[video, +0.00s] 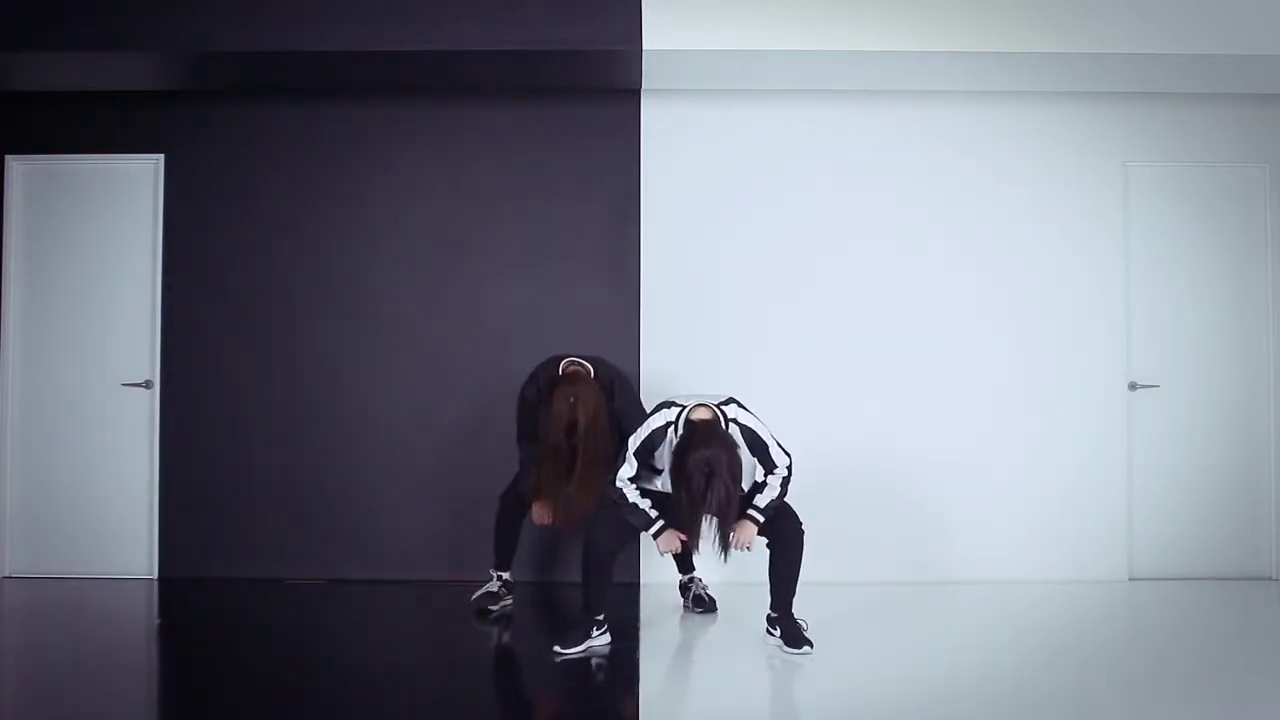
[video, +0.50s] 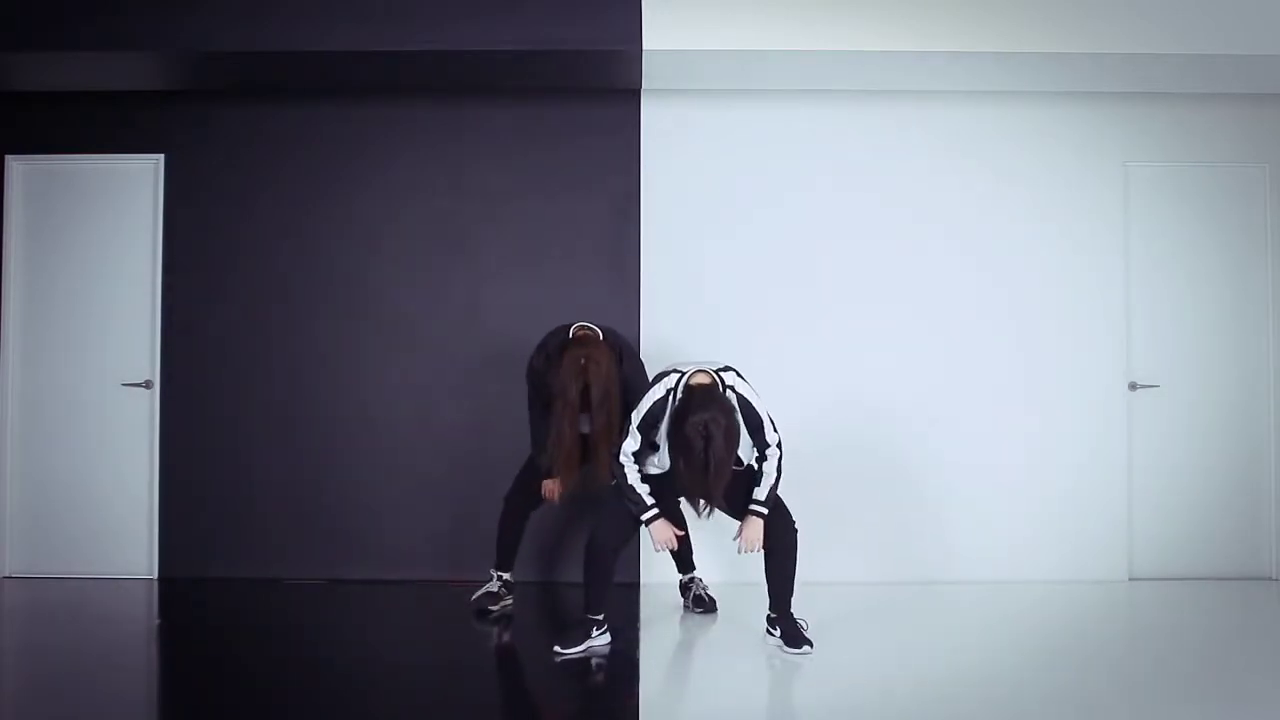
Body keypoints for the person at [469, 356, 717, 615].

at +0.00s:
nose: (572, 439)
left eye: (577, 433)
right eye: (566, 433)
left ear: (594, 404)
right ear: (553, 402)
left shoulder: (616, 388)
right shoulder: (534, 388)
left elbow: (640, 443)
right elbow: (527, 443)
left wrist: (603, 486)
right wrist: (539, 494)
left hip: (610, 459)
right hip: (554, 456)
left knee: (666, 506)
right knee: (511, 502)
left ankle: (690, 582)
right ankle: (501, 580)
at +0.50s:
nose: (589, 396)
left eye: (595, 391)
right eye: (582, 391)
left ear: (606, 366)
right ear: (565, 368)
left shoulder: (624, 356)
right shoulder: (544, 358)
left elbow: (644, 414)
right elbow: (540, 419)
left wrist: (636, 462)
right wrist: (549, 470)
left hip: (620, 442)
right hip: (564, 443)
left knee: (666, 502)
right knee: (517, 501)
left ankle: (690, 580)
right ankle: (502, 580)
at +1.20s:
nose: (594, 351)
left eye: (601, 345)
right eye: (586, 345)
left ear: (612, 327)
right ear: (574, 327)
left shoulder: (629, 327)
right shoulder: (555, 323)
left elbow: (645, 386)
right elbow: (542, 387)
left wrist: (640, 446)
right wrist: (546, 444)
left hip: (618, 436)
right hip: (568, 438)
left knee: (659, 502)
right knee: (524, 503)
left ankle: (690, 583)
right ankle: (501, 581)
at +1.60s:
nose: (593, 323)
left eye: (600, 315)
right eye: (585, 316)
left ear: (610, 302)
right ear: (572, 304)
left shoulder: (628, 312)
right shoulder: (556, 312)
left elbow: (642, 371)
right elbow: (540, 372)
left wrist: (644, 430)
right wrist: (544, 430)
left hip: (618, 430)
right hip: (567, 432)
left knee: (658, 504)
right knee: (528, 505)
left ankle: (690, 582)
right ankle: (501, 581)